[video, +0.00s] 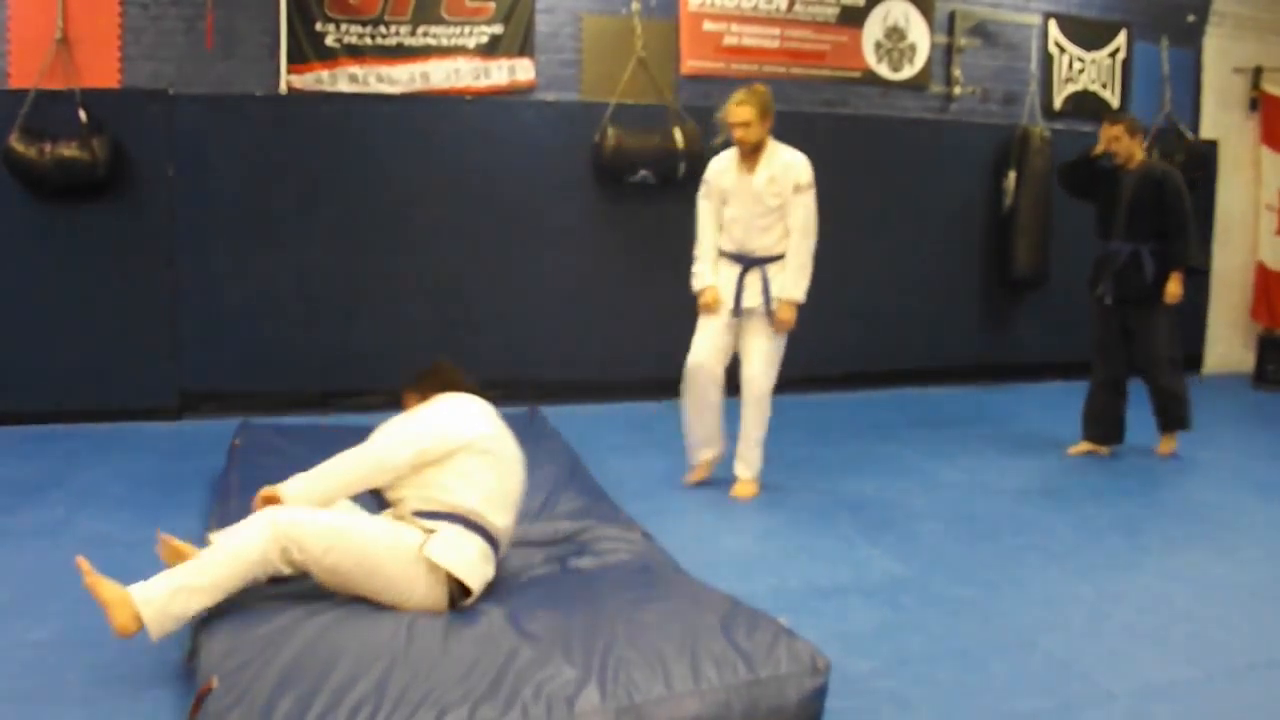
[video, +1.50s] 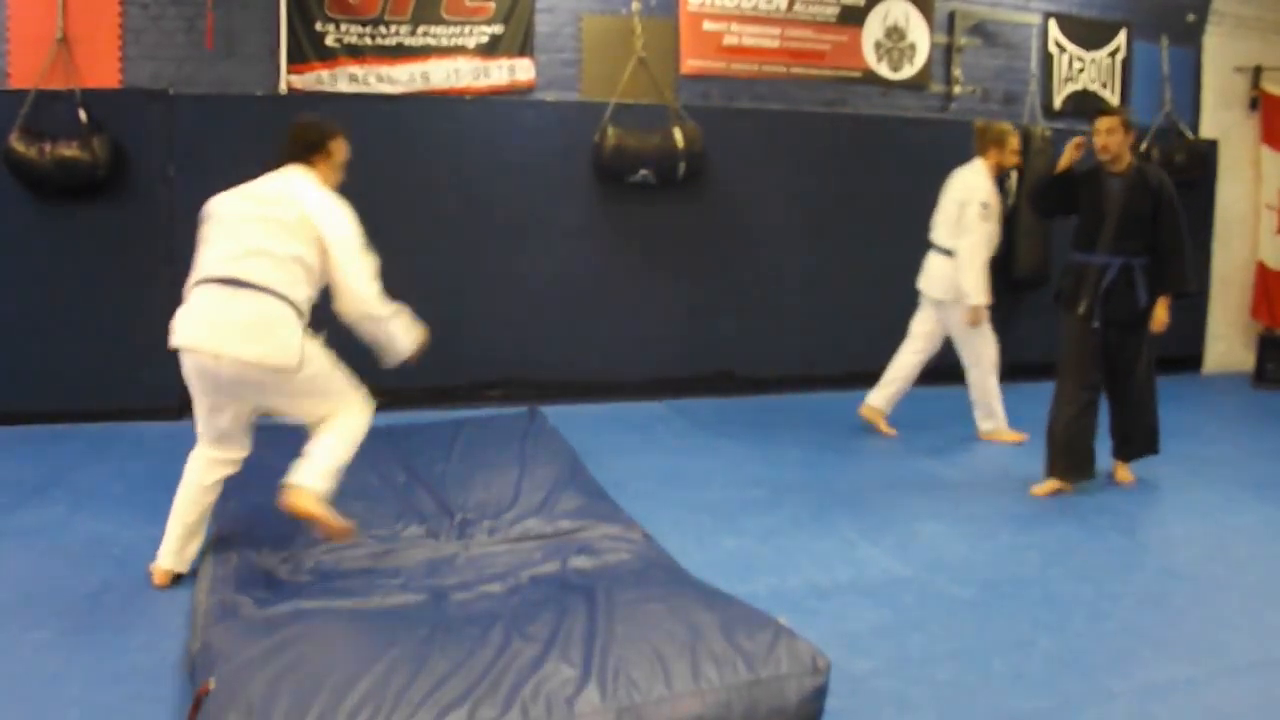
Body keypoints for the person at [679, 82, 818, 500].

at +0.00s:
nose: (739, 134)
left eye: (747, 126)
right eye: (734, 126)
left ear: (767, 123)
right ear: (728, 126)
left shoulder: (794, 167)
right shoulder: (719, 166)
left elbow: (803, 235)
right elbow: (706, 229)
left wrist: (791, 295)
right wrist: (704, 280)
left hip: (772, 275)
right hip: (723, 273)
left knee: (757, 379)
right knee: (700, 364)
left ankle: (747, 471)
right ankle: (705, 451)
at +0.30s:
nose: (796, 148)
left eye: (803, 141)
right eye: (790, 139)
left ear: (811, 145)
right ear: (775, 138)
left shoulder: (821, 184)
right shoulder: (751, 180)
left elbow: (834, 240)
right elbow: (733, 237)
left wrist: (831, 292)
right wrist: (737, 295)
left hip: (805, 281)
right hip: (760, 279)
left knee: (789, 372)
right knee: (764, 369)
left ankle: (766, 454)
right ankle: (777, 433)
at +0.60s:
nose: (838, 132)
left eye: (845, 127)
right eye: (833, 124)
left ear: (850, 131)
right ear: (817, 123)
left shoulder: (856, 170)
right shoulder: (788, 165)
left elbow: (863, 227)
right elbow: (772, 223)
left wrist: (862, 280)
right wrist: (772, 276)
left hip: (839, 265)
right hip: (795, 263)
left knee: (847, 353)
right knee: (784, 356)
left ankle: (847, 421)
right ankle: (777, 432)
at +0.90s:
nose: (902, 151)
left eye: (907, 145)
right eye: (896, 144)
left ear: (909, 149)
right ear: (877, 144)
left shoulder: (907, 186)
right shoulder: (849, 183)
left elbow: (917, 239)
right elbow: (825, 237)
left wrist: (917, 289)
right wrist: (810, 287)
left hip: (891, 275)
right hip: (853, 273)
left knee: (890, 351)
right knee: (837, 349)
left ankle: (871, 416)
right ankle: (790, 423)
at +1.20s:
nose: (957, 148)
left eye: (958, 141)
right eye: (952, 140)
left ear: (941, 141)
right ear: (931, 137)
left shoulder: (937, 174)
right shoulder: (896, 172)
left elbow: (947, 223)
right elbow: (884, 225)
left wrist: (960, 265)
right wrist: (889, 274)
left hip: (921, 263)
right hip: (898, 263)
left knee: (897, 341)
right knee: (927, 337)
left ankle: (872, 409)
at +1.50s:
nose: (1018, 158)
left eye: (1018, 152)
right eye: (1013, 152)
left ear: (990, 151)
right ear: (994, 151)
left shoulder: (962, 174)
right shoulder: (982, 187)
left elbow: (946, 227)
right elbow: (973, 245)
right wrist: (976, 297)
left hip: (936, 266)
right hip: (958, 274)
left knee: (918, 344)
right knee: (982, 352)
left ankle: (877, 404)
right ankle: (991, 424)